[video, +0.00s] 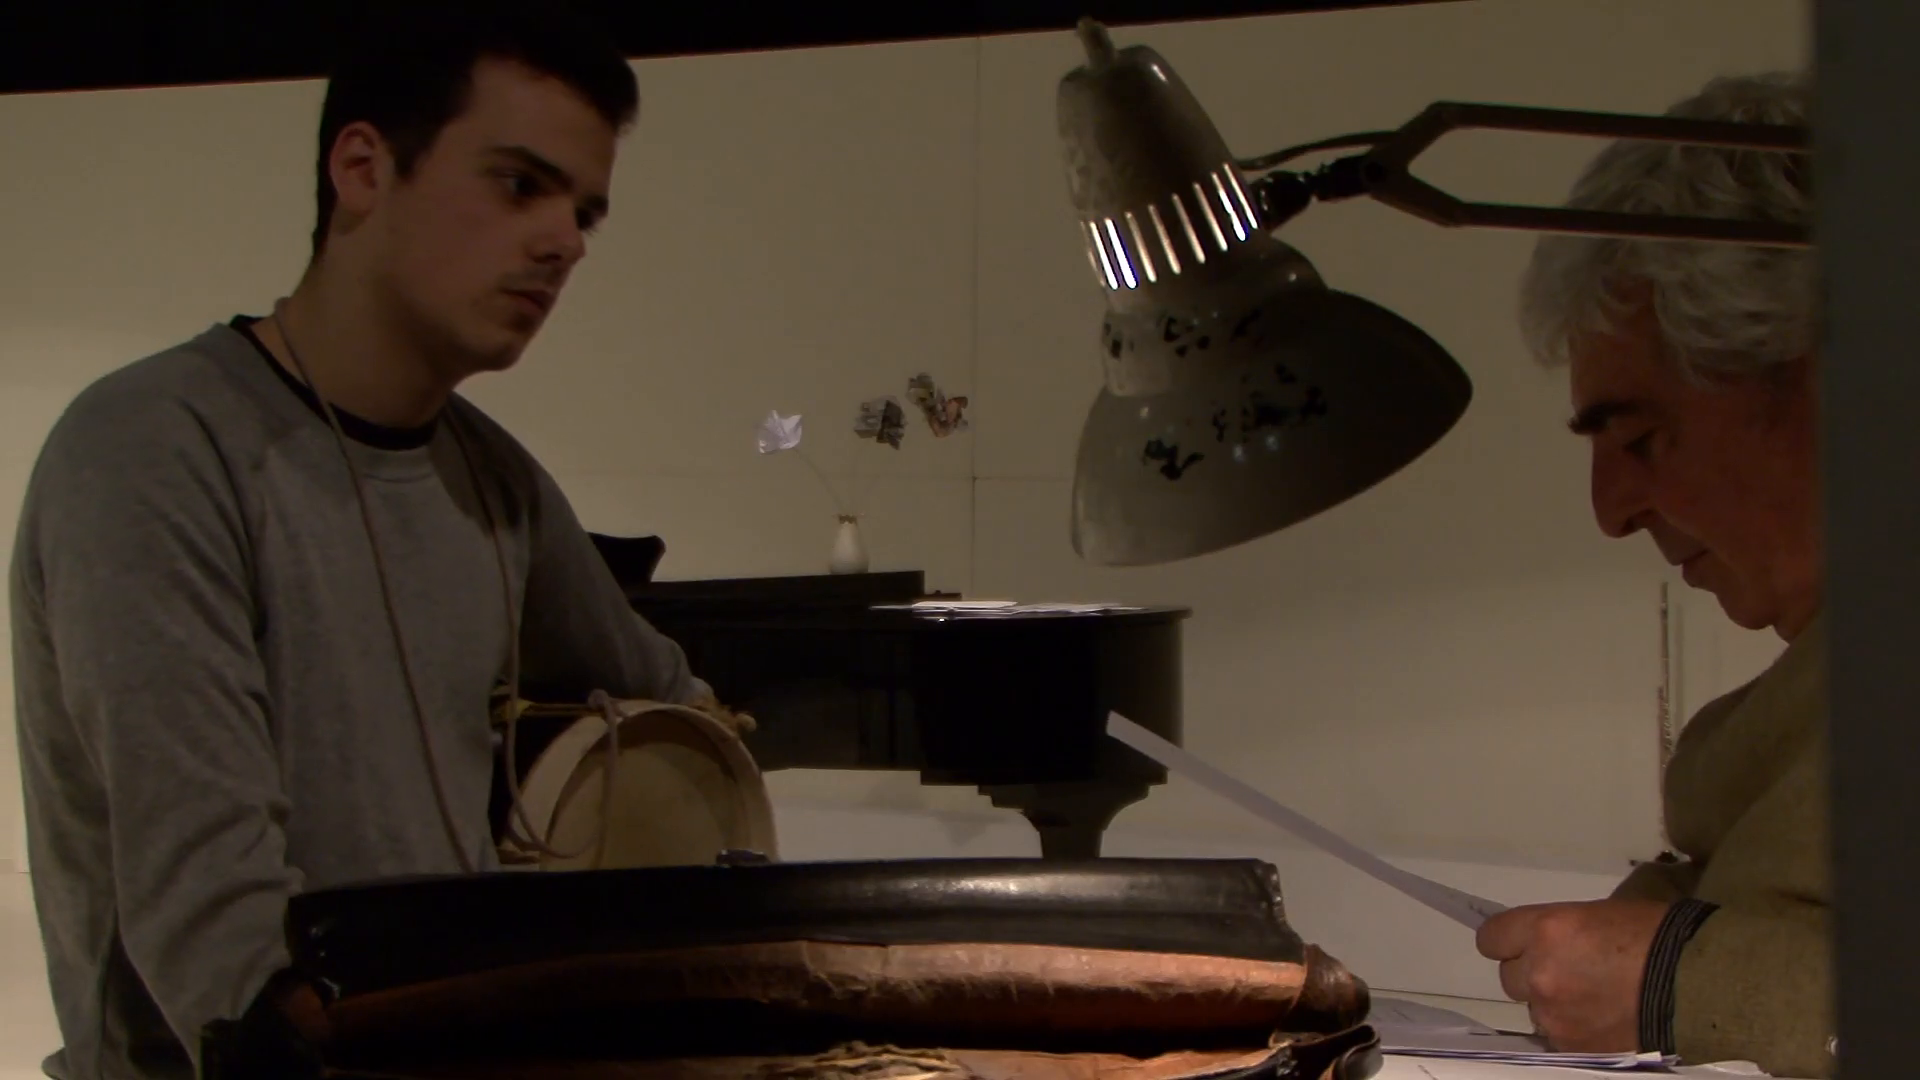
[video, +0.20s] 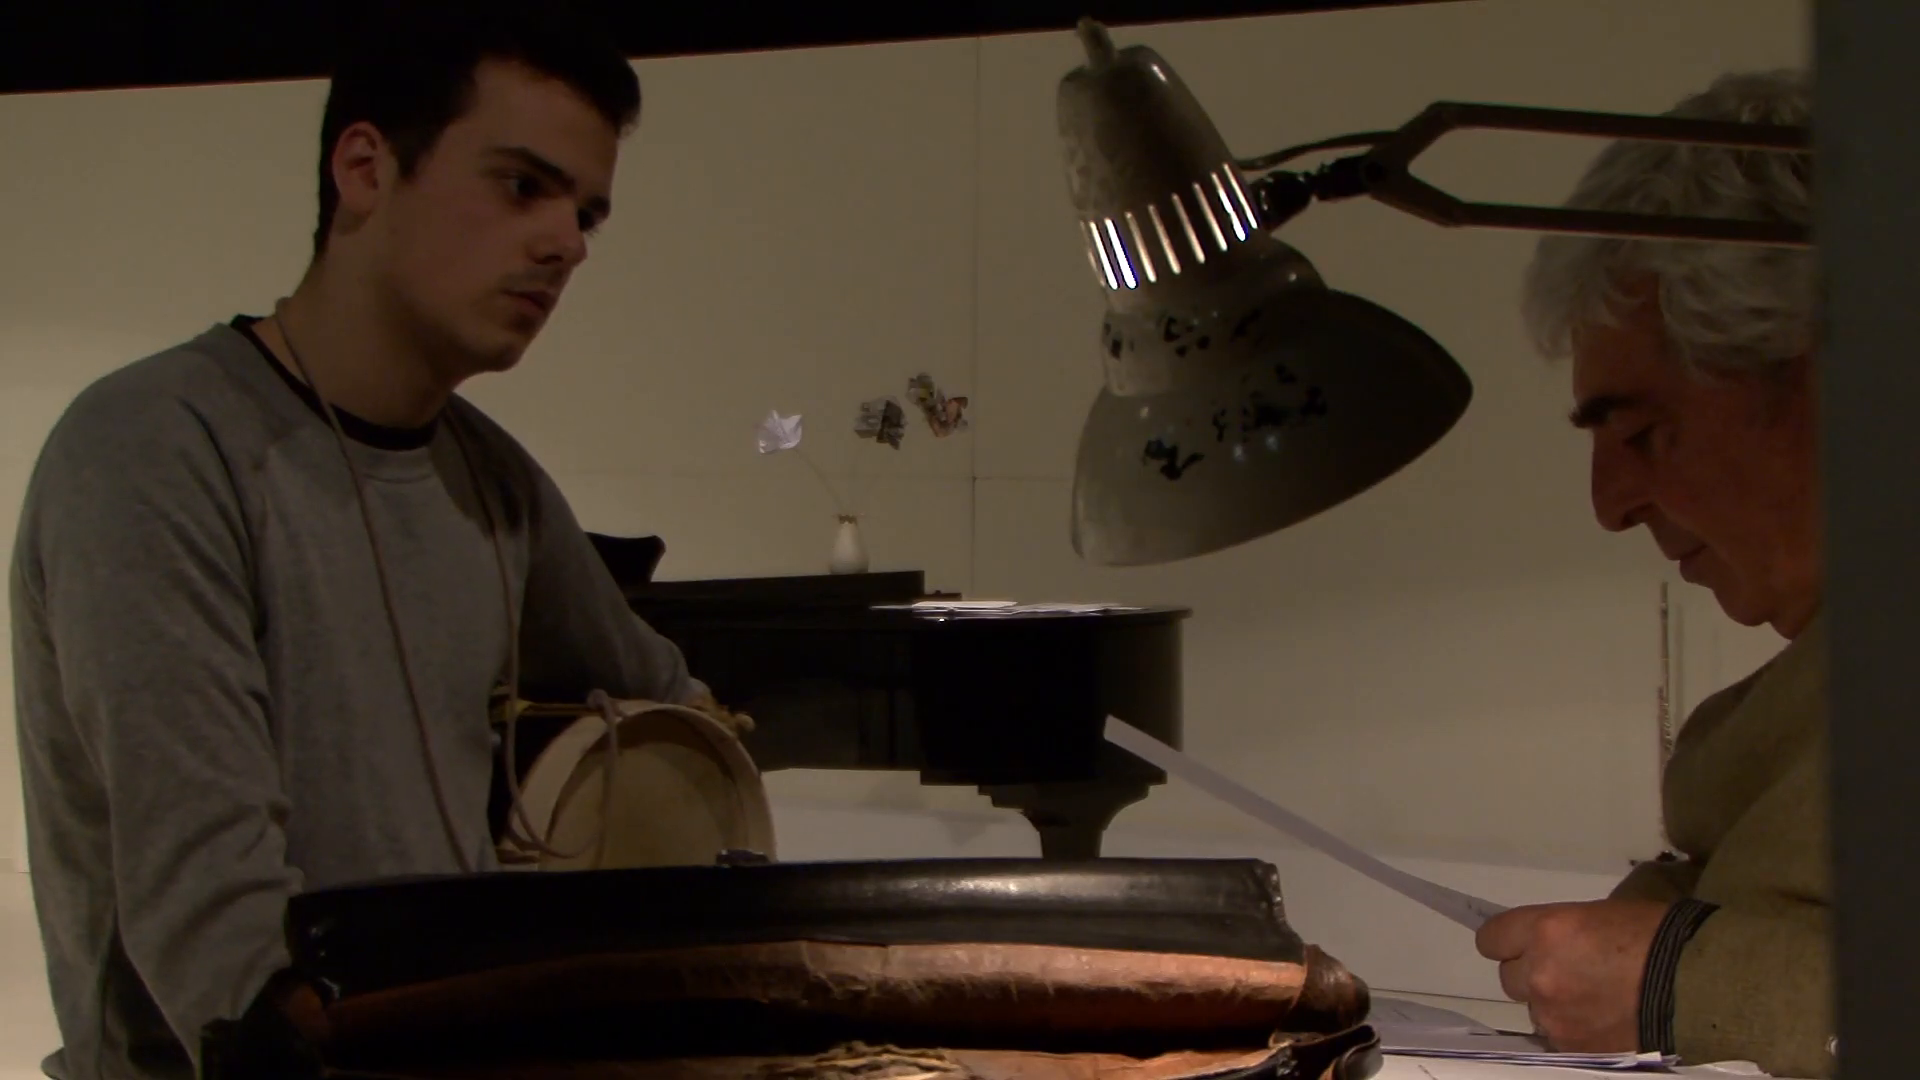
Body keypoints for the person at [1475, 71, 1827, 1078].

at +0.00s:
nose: (1614, 511)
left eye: (1639, 436)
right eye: (1602, 447)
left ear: (1816, 378)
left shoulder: (1874, 662)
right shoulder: (1815, 661)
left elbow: (1888, 1007)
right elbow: (1762, 874)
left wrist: (1680, 983)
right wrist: (1654, 928)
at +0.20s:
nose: (1612, 505)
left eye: (1640, 430)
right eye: (1602, 440)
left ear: (1818, 373)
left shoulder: (1870, 668)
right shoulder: (1804, 677)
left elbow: (1887, 1006)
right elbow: (1769, 880)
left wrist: (1680, 983)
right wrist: (1657, 929)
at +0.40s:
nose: (1610, 495)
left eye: (1639, 421)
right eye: (1601, 433)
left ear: (1824, 367)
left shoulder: (1869, 663)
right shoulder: (1802, 672)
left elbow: (1890, 1004)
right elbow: (1757, 877)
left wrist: (1680, 983)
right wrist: (1654, 928)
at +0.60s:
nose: (1612, 492)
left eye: (1641, 417)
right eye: (1604, 427)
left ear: (1822, 364)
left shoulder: (1870, 667)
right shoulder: (1799, 678)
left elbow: (1887, 1004)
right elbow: (1765, 880)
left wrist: (1680, 983)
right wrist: (1652, 932)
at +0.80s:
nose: (1610, 485)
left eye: (1641, 411)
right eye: (1604, 421)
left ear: (1827, 363)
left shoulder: (1868, 665)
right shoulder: (1804, 676)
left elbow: (1887, 1004)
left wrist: (1679, 982)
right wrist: (1651, 934)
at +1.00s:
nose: (1609, 487)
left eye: (1641, 414)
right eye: (1603, 423)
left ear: (1828, 366)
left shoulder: (1867, 667)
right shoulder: (1802, 678)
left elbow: (1887, 1006)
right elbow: (1762, 876)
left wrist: (1679, 983)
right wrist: (1649, 930)